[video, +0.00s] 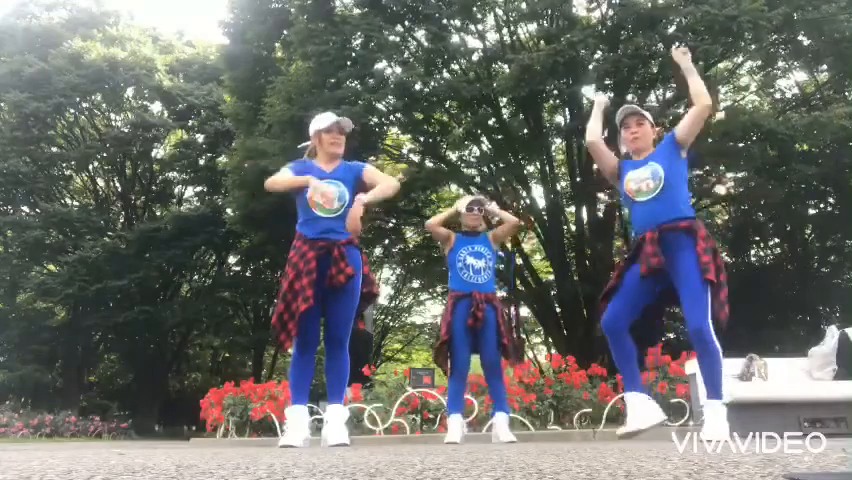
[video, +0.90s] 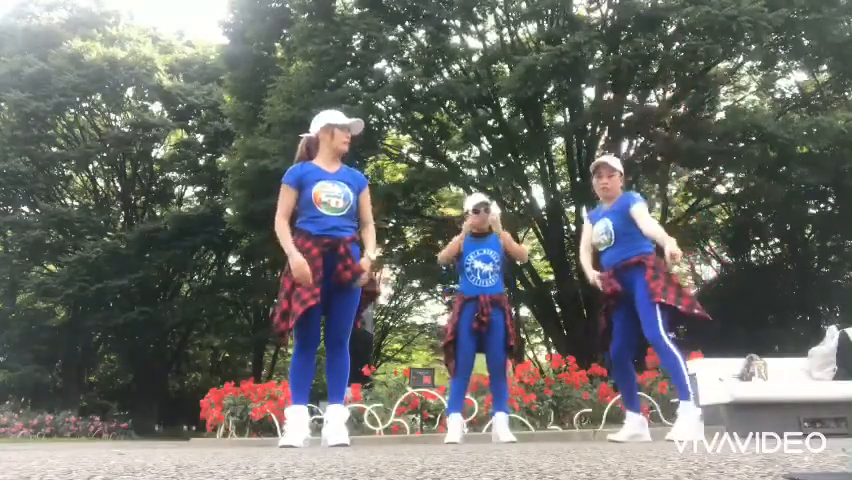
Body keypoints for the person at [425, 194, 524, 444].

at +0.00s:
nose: (475, 214)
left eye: (479, 211)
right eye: (470, 211)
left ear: (484, 217)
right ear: (460, 216)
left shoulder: (491, 238)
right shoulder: (452, 238)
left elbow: (515, 222)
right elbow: (431, 225)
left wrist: (493, 210)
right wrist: (454, 210)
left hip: (488, 303)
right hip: (461, 302)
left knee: (491, 362)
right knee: (460, 363)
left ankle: (501, 420)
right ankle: (455, 421)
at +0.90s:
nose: (479, 215)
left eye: (483, 211)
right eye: (474, 211)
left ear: (491, 214)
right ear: (467, 216)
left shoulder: (501, 238)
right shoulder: (462, 240)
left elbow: (522, 256)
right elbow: (443, 258)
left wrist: (501, 233)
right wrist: (463, 234)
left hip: (496, 304)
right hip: (468, 304)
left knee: (497, 365)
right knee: (463, 364)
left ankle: (500, 423)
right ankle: (454, 421)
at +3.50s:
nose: (468, 216)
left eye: (473, 213)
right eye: (463, 213)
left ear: (479, 219)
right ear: (455, 217)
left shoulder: (489, 246)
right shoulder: (444, 245)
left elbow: (496, 277)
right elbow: (433, 276)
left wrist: (497, 303)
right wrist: (431, 302)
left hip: (482, 306)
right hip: (454, 306)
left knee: (488, 361)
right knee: (452, 362)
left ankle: (498, 420)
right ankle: (449, 420)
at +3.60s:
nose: (470, 215)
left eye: (475, 211)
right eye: (465, 211)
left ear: (480, 218)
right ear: (456, 217)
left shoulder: (489, 243)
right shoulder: (446, 244)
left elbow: (504, 270)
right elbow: (437, 276)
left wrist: (492, 294)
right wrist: (436, 300)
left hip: (483, 306)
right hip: (455, 306)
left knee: (488, 362)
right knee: (454, 363)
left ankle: (498, 419)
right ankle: (448, 418)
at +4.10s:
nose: (452, 216)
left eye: (456, 213)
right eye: (447, 212)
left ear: (462, 216)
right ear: (439, 215)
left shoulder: (472, 242)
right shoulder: (428, 246)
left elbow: (484, 273)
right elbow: (421, 276)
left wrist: (480, 302)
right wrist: (421, 298)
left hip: (467, 306)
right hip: (439, 307)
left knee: (472, 363)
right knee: (432, 362)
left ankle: (481, 420)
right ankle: (430, 420)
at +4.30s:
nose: (437, 226)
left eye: (442, 223)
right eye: (432, 222)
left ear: (448, 228)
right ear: (424, 226)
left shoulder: (454, 253)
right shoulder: (418, 259)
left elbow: (479, 281)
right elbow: (416, 291)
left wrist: (469, 312)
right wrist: (418, 313)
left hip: (459, 320)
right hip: (432, 322)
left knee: (470, 369)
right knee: (411, 353)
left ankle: (482, 422)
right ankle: (410, 411)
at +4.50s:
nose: (425, 212)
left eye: (431, 209)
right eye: (421, 208)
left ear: (436, 216)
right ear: (413, 213)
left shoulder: (441, 240)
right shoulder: (396, 244)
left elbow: (460, 271)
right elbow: (386, 276)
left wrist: (452, 302)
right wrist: (389, 299)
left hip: (434, 309)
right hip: (404, 311)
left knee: (448, 366)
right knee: (388, 363)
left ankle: (473, 417)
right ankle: (395, 424)